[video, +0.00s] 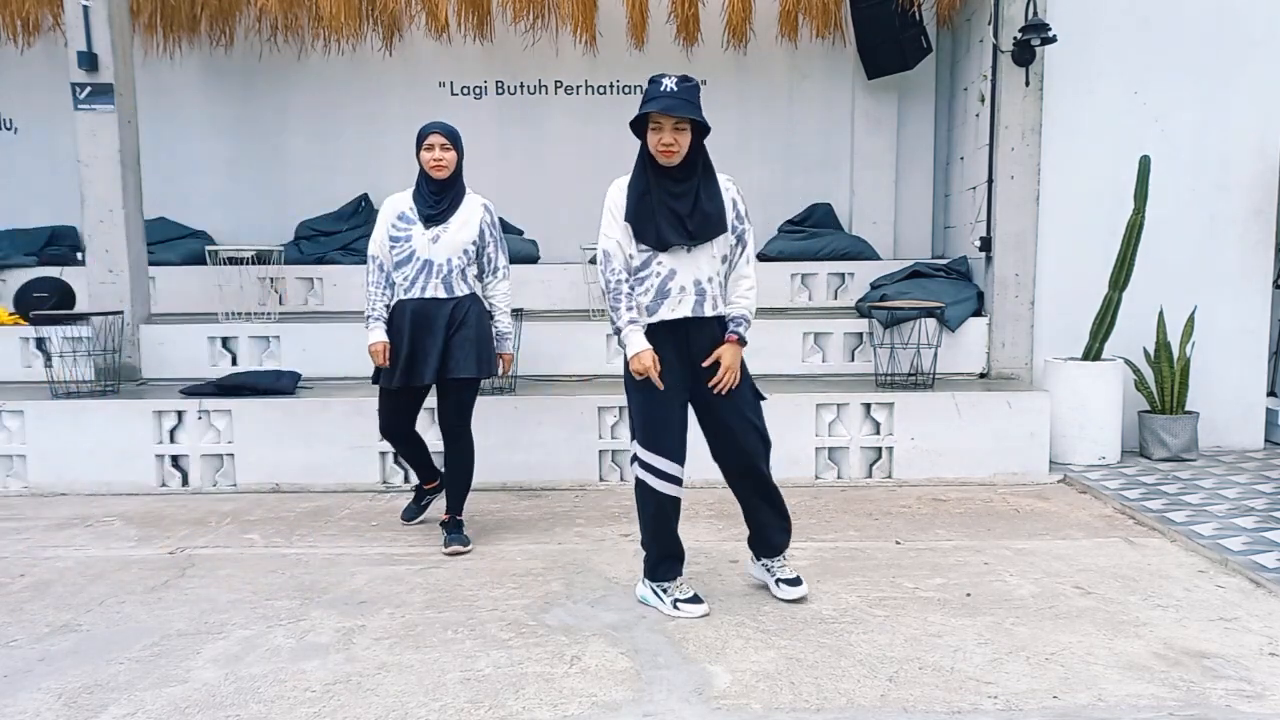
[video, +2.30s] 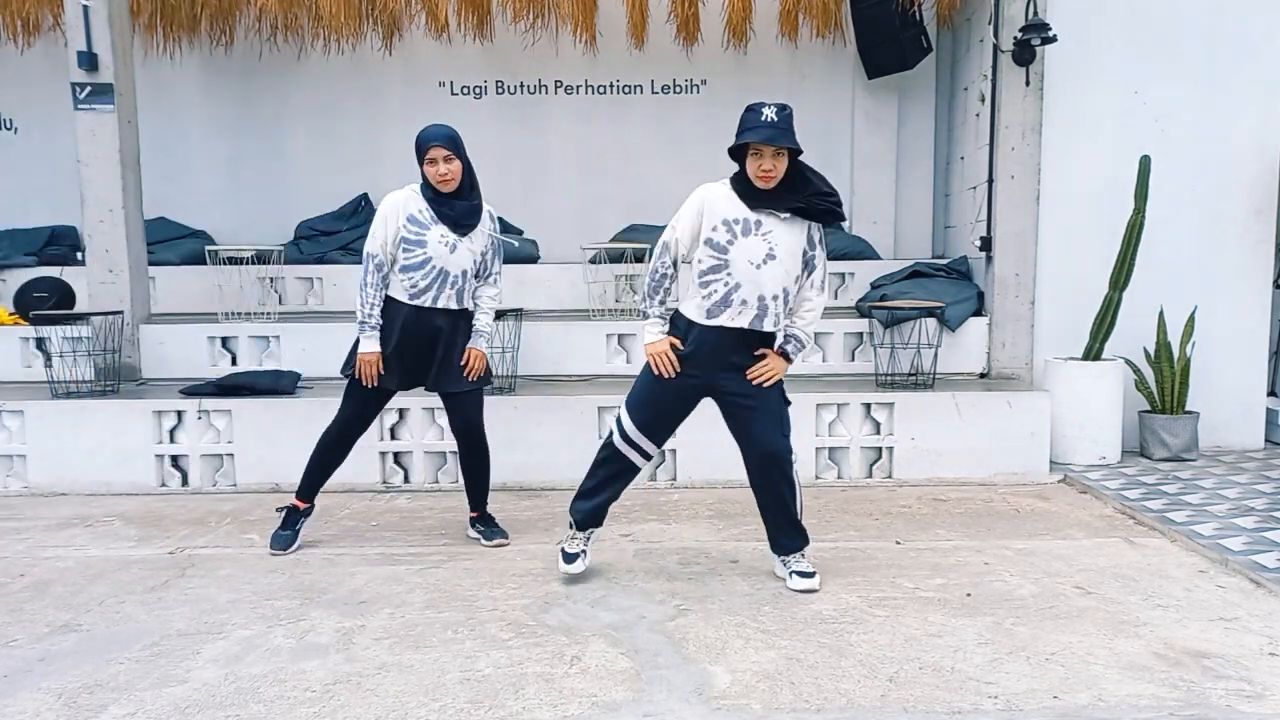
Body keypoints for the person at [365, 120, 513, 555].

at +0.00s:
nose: (437, 155)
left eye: (446, 148)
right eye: (429, 148)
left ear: (459, 155)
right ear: (418, 156)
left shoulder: (480, 209)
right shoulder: (395, 207)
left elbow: (497, 278)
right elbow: (378, 275)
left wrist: (503, 337)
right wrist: (376, 329)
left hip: (464, 327)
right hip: (409, 328)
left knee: (455, 425)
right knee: (393, 423)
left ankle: (454, 519)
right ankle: (431, 480)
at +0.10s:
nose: (435, 151)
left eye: (443, 144)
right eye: (426, 144)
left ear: (457, 151)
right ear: (416, 152)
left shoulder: (479, 207)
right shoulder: (393, 204)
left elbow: (494, 276)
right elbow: (378, 275)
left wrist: (497, 336)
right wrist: (378, 331)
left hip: (462, 328)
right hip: (406, 329)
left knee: (455, 425)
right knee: (376, 419)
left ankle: (454, 520)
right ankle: (403, 487)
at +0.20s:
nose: (431, 147)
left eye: (439, 140)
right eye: (423, 141)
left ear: (454, 148)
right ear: (412, 151)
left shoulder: (476, 204)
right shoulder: (388, 203)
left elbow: (491, 272)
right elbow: (374, 274)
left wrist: (485, 328)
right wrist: (373, 328)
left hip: (456, 325)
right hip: (400, 325)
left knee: (453, 425)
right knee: (369, 421)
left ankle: (453, 520)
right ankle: (360, 510)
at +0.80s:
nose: (377, 150)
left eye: (386, 142)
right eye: (368, 143)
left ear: (401, 146)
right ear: (358, 150)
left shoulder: (431, 199)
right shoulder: (342, 203)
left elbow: (447, 271)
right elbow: (337, 272)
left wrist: (437, 333)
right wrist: (354, 324)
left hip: (421, 323)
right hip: (363, 323)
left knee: (438, 428)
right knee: (316, 415)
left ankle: (453, 521)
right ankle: (304, 509)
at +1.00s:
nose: (334, 175)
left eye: (343, 167)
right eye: (325, 167)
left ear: (359, 171)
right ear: (317, 174)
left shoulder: (391, 211)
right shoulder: (307, 235)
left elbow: (413, 275)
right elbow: (311, 307)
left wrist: (403, 336)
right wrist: (328, 365)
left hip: (394, 340)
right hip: (336, 347)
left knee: (436, 435)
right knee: (303, 439)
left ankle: (454, 523)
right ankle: (305, 523)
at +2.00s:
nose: (393, 205)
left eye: (402, 196)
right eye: (383, 196)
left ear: (415, 201)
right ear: (370, 203)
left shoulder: (437, 247)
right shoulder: (347, 251)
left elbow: (453, 310)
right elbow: (329, 322)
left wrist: (454, 366)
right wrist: (337, 386)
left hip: (424, 364)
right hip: (365, 364)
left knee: (470, 424)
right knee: (309, 431)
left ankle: (481, 516)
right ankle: (303, 521)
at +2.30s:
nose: (442, 169)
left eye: (449, 159)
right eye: (432, 162)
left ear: (463, 161)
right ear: (421, 167)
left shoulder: (484, 218)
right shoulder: (397, 206)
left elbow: (489, 283)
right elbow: (372, 275)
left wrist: (480, 337)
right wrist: (368, 340)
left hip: (456, 336)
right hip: (398, 332)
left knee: (471, 429)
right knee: (348, 425)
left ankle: (480, 515)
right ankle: (298, 509)